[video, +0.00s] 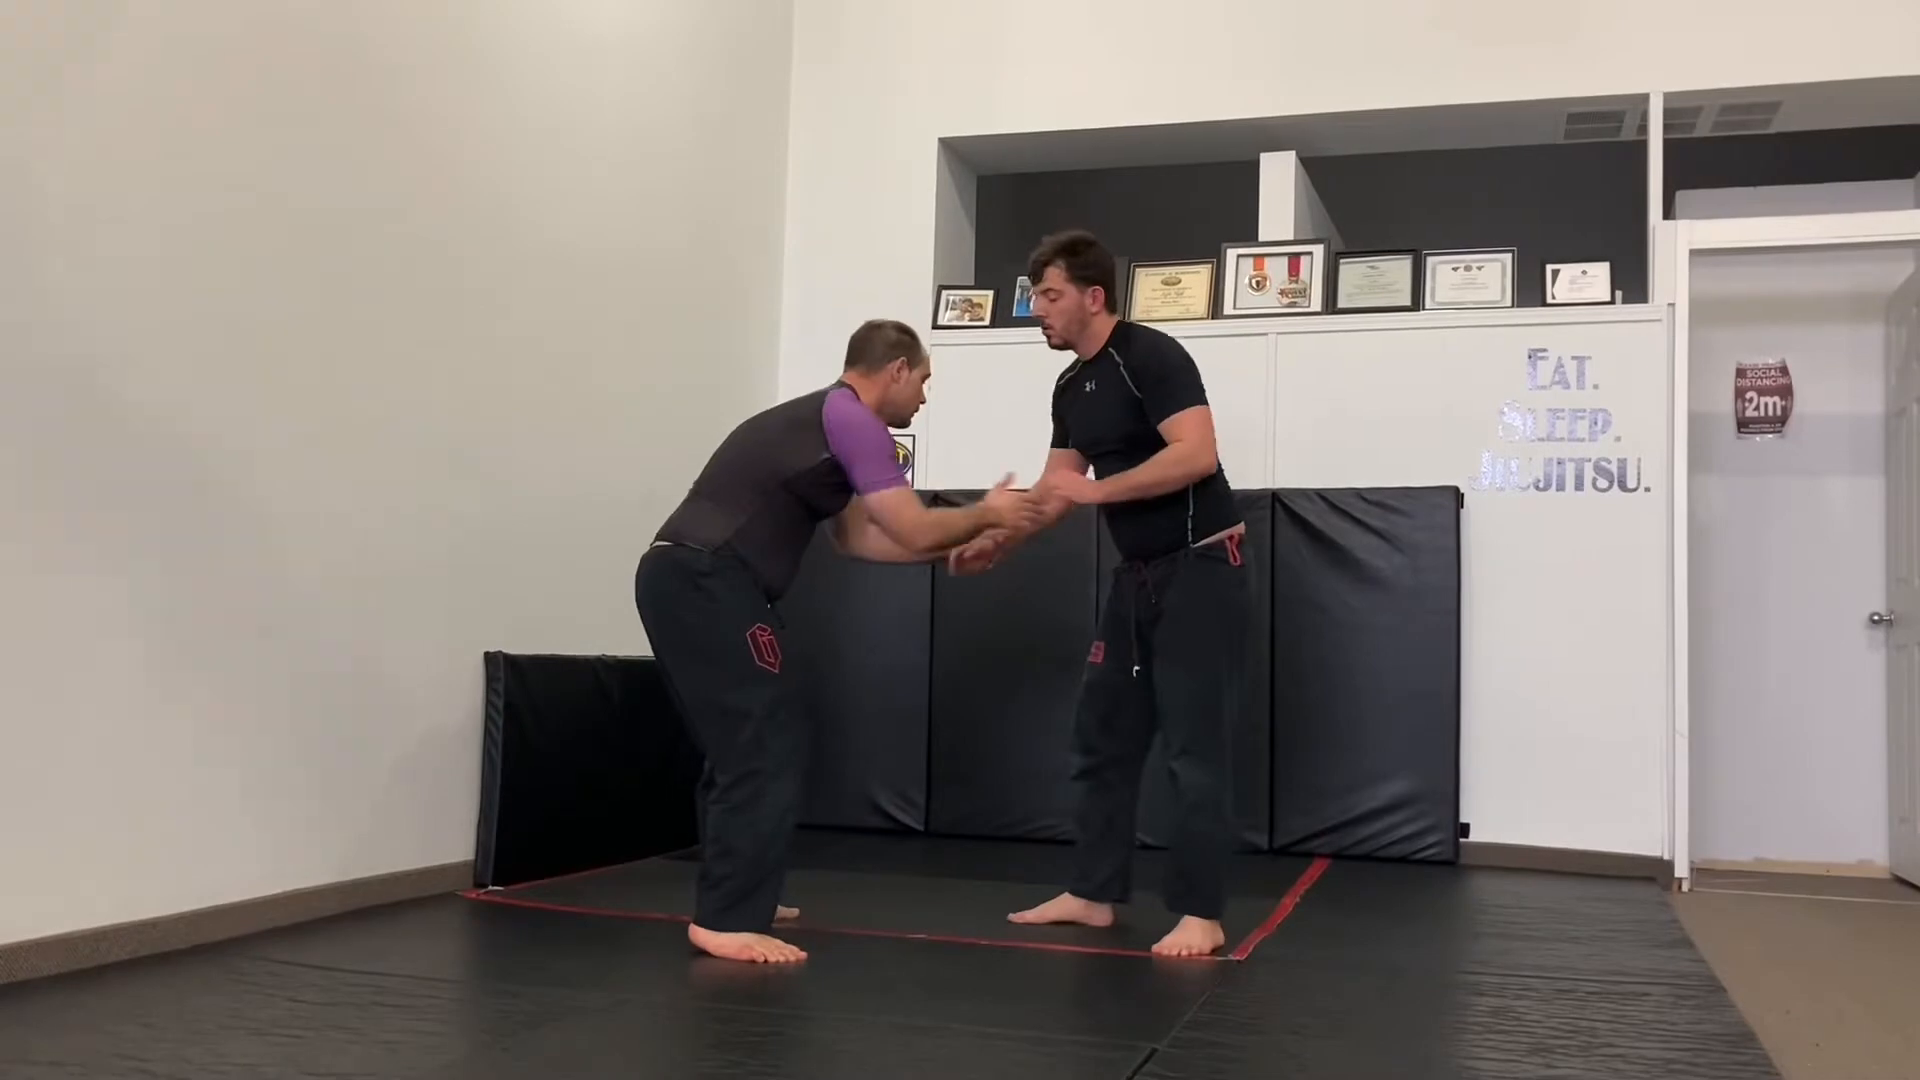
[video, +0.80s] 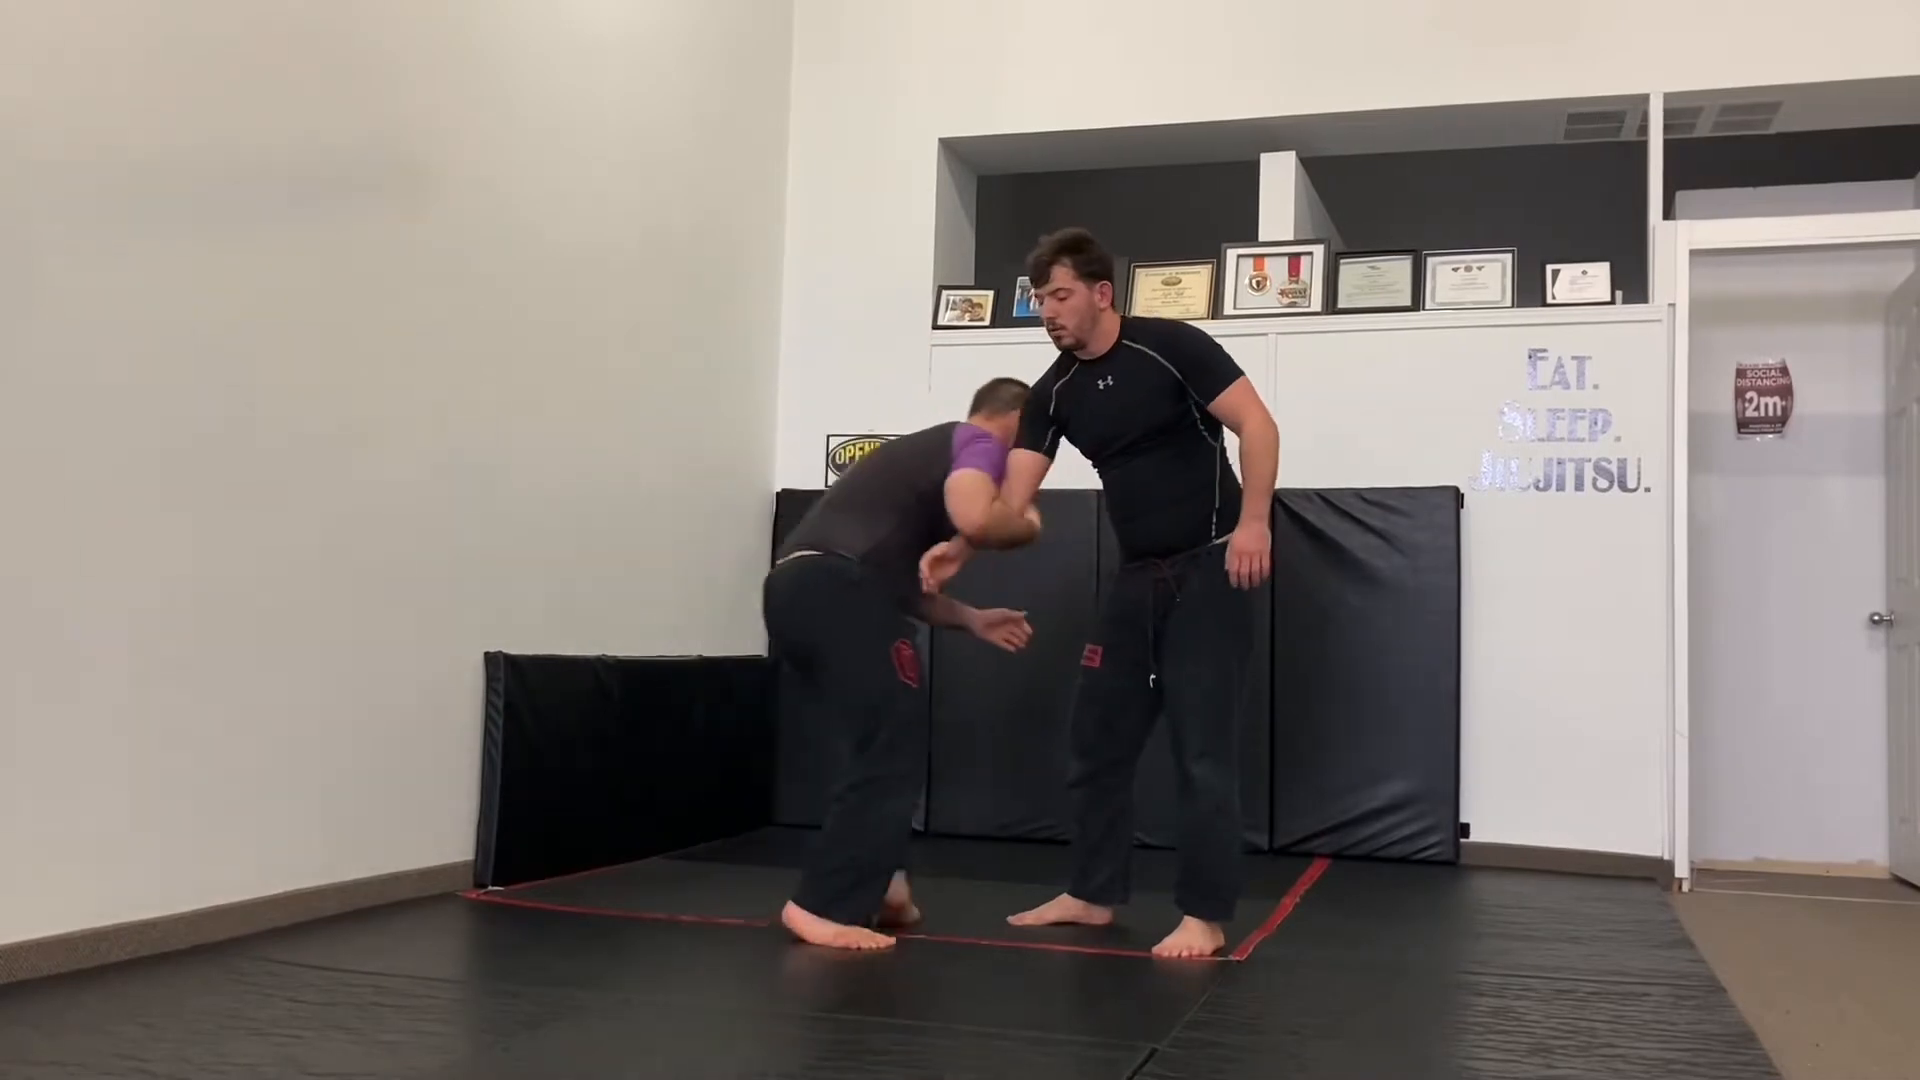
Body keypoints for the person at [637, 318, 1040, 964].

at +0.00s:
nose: (922, 397)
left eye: (924, 384)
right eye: (921, 382)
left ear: (863, 371)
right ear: (895, 372)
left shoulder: (821, 417)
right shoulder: (853, 419)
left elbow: (860, 537)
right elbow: (916, 527)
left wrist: (953, 544)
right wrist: (987, 512)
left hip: (683, 575)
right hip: (706, 581)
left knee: (743, 742)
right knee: (766, 740)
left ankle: (739, 894)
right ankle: (726, 917)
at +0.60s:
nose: (983, 446)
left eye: (986, 433)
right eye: (985, 428)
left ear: (929, 404)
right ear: (966, 408)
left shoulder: (870, 444)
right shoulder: (929, 436)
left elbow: (835, 569)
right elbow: (968, 543)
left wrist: (925, 600)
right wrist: (1020, 513)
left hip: (737, 584)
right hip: (788, 589)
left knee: (797, 730)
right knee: (854, 741)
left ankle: (751, 867)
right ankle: (817, 911)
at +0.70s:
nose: (1003, 443)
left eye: (1006, 435)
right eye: (1006, 431)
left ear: (951, 406)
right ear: (993, 412)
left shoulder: (897, 446)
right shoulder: (954, 438)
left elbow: (866, 577)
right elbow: (966, 538)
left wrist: (948, 610)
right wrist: (1016, 511)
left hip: (770, 582)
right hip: (815, 587)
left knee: (844, 729)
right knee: (879, 744)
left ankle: (815, 862)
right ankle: (823, 909)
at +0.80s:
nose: (1024, 451)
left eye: (1027, 445)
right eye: (1026, 439)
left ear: (976, 414)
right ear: (1010, 421)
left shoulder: (925, 451)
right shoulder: (976, 440)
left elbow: (893, 583)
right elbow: (975, 520)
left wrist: (971, 617)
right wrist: (1027, 524)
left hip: (794, 581)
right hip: (841, 584)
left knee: (872, 730)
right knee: (894, 741)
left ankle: (879, 878)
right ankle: (822, 904)